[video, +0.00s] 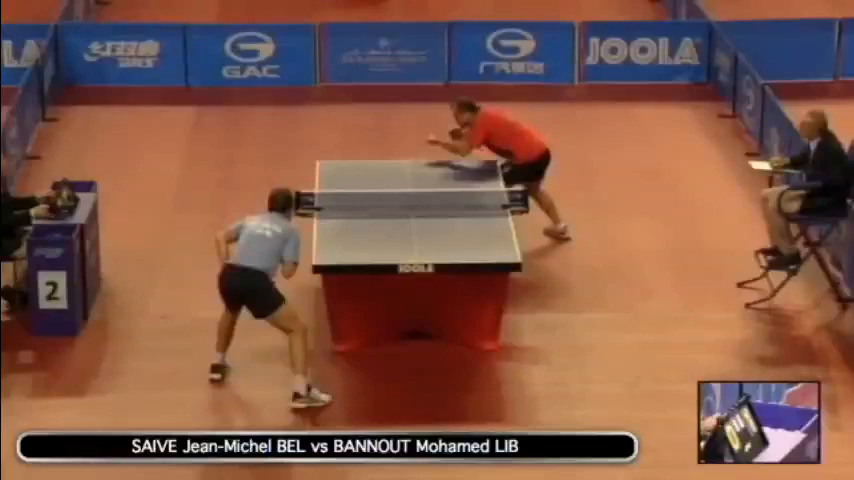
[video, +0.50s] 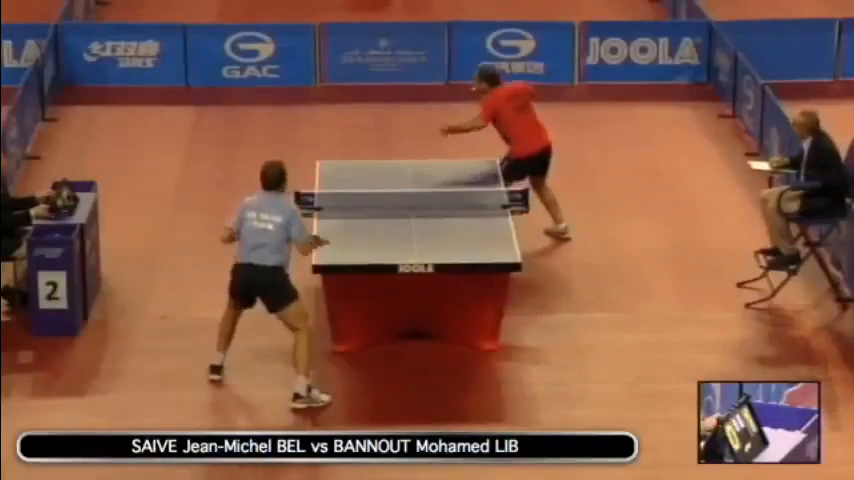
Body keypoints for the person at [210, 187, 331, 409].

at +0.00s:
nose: (293, 212)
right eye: (293, 208)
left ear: (270, 206)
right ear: (291, 210)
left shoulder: (252, 220)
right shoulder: (290, 231)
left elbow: (222, 237)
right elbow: (288, 271)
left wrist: (224, 264)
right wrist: (284, 249)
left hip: (230, 275)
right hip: (257, 281)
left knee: (230, 311)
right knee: (297, 329)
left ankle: (218, 363)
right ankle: (301, 389)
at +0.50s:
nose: (285, 181)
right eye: (284, 177)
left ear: (261, 181)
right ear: (284, 182)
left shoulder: (249, 204)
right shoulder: (288, 209)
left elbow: (228, 235)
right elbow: (303, 248)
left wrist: (243, 230)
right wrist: (315, 241)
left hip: (242, 272)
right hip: (272, 275)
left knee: (232, 310)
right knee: (302, 327)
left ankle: (218, 363)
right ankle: (302, 389)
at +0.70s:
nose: (283, 159)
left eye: (279, 155)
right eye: (282, 156)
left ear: (258, 156)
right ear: (279, 158)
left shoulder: (242, 174)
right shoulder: (277, 187)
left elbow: (219, 198)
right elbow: (296, 225)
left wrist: (239, 204)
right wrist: (322, 219)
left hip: (234, 248)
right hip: (261, 253)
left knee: (229, 298)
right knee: (287, 306)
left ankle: (212, 353)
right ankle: (283, 367)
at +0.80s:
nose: (282, 158)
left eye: (281, 153)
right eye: (282, 154)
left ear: (258, 154)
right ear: (278, 158)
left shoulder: (241, 174)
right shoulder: (273, 189)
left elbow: (226, 204)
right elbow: (280, 232)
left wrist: (247, 216)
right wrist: (307, 244)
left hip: (232, 244)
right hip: (256, 252)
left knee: (226, 292)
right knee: (283, 306)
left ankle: (204, 345)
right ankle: (263, 362)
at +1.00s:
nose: (281, 176)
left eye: (279, 172)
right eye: (280, 173)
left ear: (257, 171)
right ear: (276, 176)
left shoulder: (242, 186)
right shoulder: (268, 203)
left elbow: (234, 205)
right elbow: (268, 247)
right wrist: (301, 259)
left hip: (232, 259)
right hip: (258, 265)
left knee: (219, 300)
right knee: (309, 295)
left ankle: (198, 350)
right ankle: (286, 346)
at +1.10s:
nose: (289, 180)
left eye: (288, 176)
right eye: (288, 177)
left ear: (266, 175)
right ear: (284, 180)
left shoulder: (251, 187)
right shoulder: (278, 209)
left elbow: (239, 197)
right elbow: (291, 251)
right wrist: (319, 251)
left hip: (239, 263)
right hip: (266, 268)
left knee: (222, 301)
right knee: (315, 288)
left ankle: (198, 350)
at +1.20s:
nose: (318, 185)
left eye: (316, 179)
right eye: (317, 181)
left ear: (294, 177)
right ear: (314, 184)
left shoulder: (275, 189)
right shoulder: (309, 212)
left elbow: (252, 177)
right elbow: (330, 245)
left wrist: (244, 159)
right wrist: (363, 239)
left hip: (258, 265)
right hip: (287, 271)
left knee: (231, 305)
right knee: (333, 301)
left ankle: (200, 350)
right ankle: (366, 343)